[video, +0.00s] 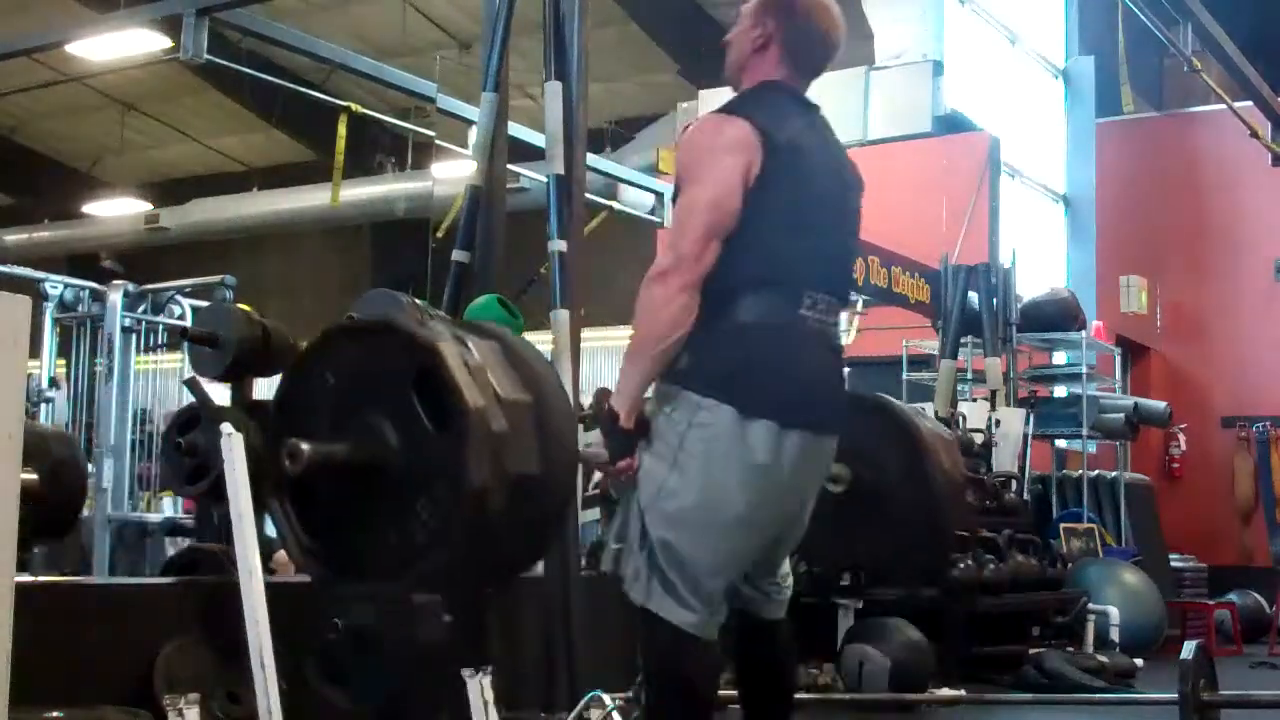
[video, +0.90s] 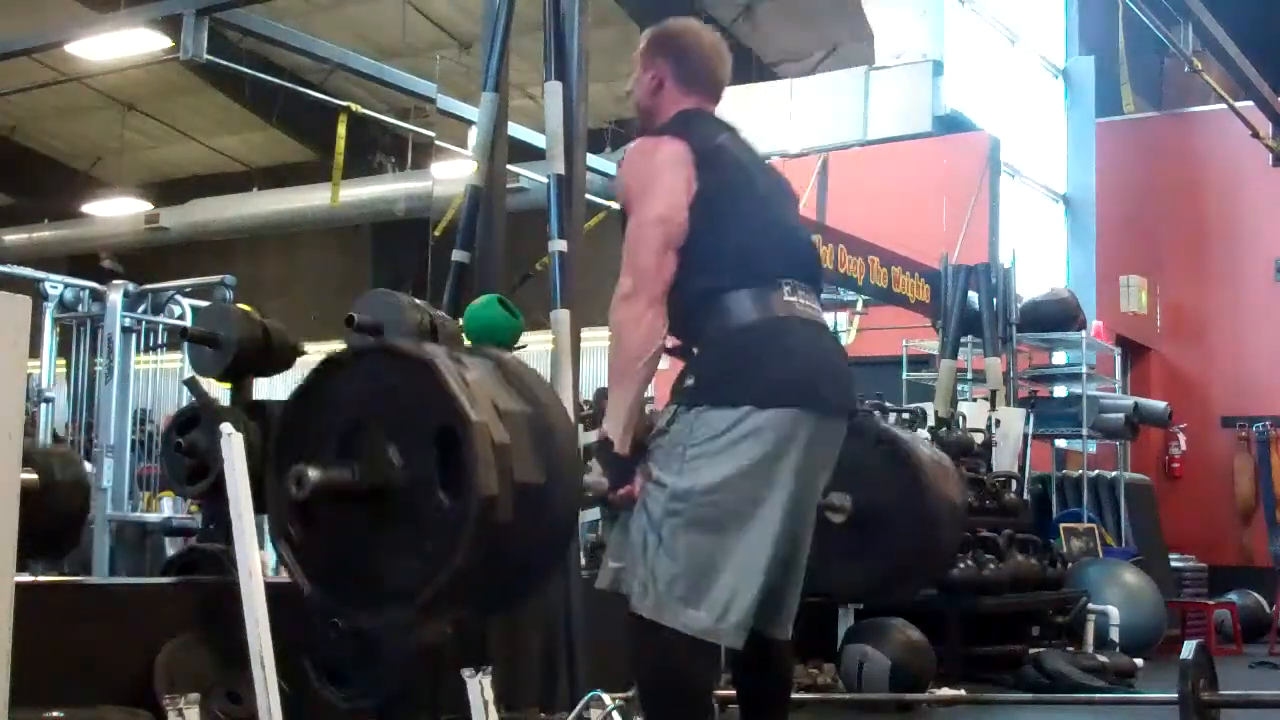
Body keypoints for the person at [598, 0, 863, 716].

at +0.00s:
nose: (727, 33)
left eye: (739, 21)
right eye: (734, 23)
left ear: (763, 35)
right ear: (804, 53)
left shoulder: (728, 129)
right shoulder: (832, 153)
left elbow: (679, 269)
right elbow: (812, 292)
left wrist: (625, 399)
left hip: (727, 389)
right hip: (813, 395)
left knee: (677, 607)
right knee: (759, 598)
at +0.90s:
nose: (632, 88)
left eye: (638, 74)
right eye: (637, 75)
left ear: (658, 76)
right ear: (710, 86)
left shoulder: (661, 150)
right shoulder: (750, 162)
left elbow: (642, 291)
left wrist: (613, 441)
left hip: (749, 372)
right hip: (823, 372)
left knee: (671, 600)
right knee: (767, 612)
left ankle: (679, 718)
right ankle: (762, 719)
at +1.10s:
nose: (592, 163)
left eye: (598, 150)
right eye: (596, 150)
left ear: (618, 154)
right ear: (668, 161)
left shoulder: (629, 221)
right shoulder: (706, 215)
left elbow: (621, 364)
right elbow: (753, 341)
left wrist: (605, 521)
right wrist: (671, 412)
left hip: (776, 381)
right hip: (854, 379)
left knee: (682, 605)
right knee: (779, 614)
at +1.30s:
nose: (560, 261)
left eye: (564, 248)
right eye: (561, 248)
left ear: (588, 254)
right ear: (640, 252)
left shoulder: (606, 310)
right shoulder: (685, 294)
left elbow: (606, 466)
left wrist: (593, 618)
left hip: (776, 419)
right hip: (866, 415)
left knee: (652, 613)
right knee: (772, 630)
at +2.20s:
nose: (587, 162)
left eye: (592, 147)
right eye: (588, 148)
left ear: (619, 145)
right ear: (670, 150)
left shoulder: (636, 209)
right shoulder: (718, 198)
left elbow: (632, 351)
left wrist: (615, 506)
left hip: (774, 369)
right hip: (854, 372)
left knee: (699, 611)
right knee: (780, 623)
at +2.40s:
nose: (656, 76)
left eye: (664, 64)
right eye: (663, 63)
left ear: (686, 78)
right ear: (737, 96)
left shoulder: (678, 159)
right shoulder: (775, 167)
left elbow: (653, 301)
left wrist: (624, 453)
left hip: (753, 379)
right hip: (837, 391)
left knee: (685, 627)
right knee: (775, 628)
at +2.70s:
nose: (752, 28)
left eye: (765, 15)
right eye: (762, 15)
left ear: (789, 29)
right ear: (833, 55)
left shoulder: (749, 133)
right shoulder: (852, 159)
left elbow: (695, 277)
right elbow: (812, 302)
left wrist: (634, 404)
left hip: (730, 396)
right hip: (816, 410)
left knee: (680, 610)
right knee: (762, 604)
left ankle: (678, 719)